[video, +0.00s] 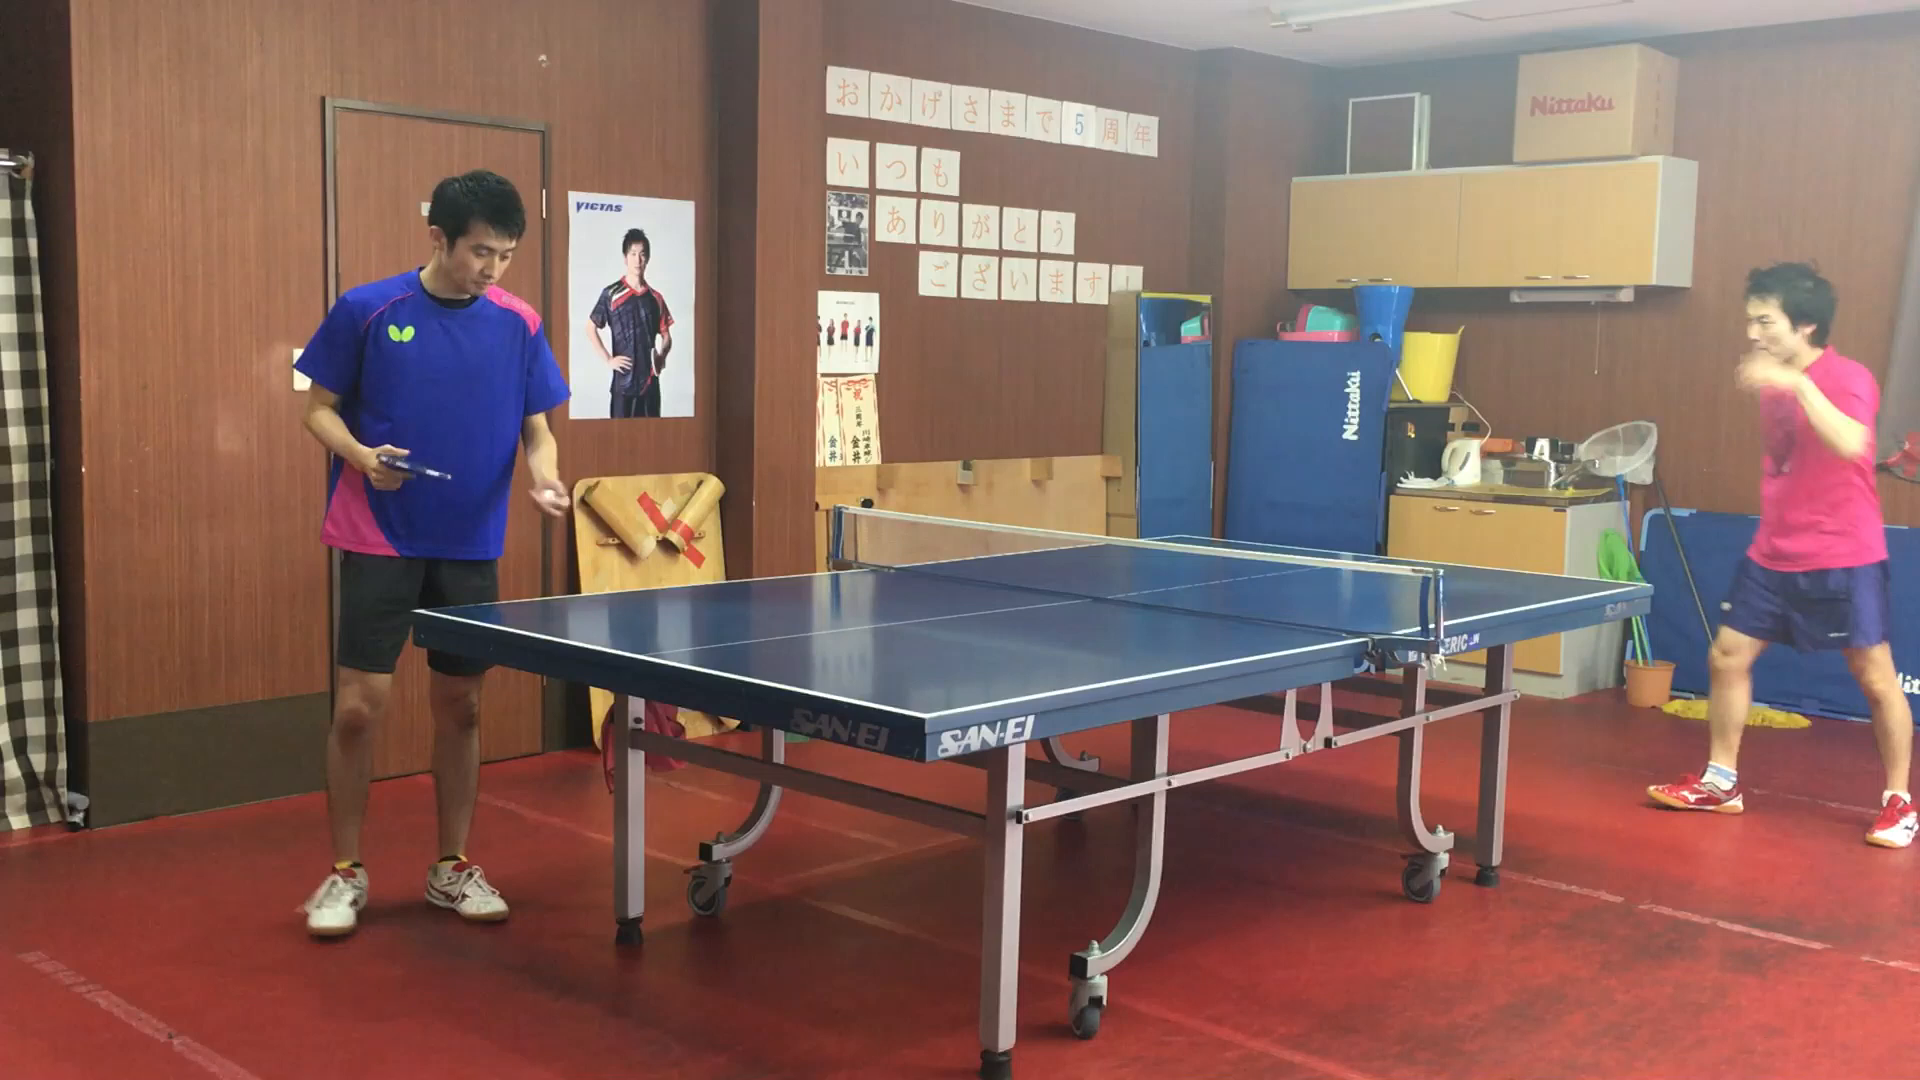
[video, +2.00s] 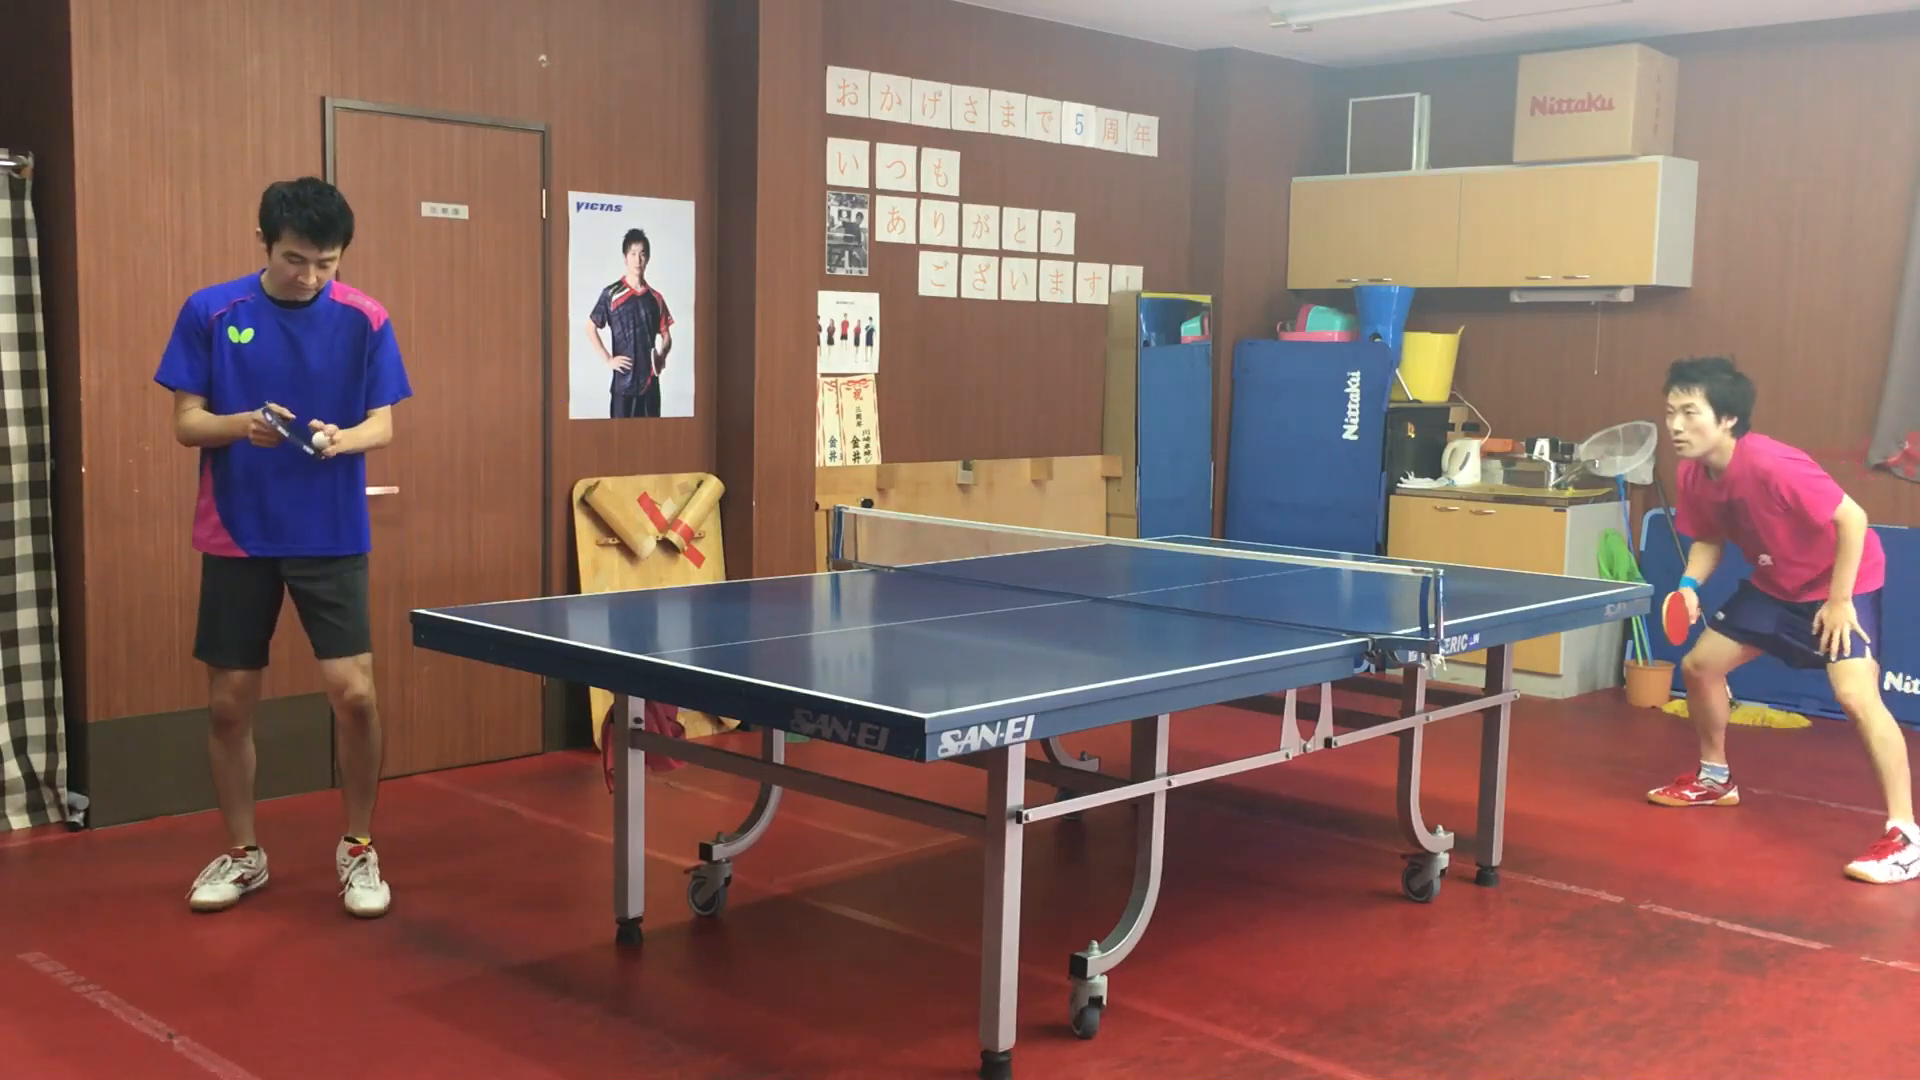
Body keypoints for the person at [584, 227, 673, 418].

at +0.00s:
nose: (639, 259)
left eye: (643, 254)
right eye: (633, 254)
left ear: (648, 258)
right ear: (625, 258)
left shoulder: (655, 297)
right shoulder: (611, 294)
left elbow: (666, 336)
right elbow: (591, 327)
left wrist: (662, 356)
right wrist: (608, 359)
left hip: (649, 378)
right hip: (624, 378)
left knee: (650, 436)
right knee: (622, 436)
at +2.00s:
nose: (638, 260)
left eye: (643, 254)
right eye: (633, 254)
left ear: (648, 258)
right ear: (625, 257)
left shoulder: (655, 297)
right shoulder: (611, 294)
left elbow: (666, 336)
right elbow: (591, 327)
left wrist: (662, 355)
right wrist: (608, 359)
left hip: (650, 378)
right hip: (624, 379)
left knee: (650, 436)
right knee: (622, 436)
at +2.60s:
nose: (639, 259)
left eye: (643, 254)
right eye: (633, 254)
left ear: (648, 258)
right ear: (625, 257)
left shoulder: (655, 297)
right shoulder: (611, 294)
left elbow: (666, 336)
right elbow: (591, 327)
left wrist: (662, 355)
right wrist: (608, 359)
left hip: (649, 378)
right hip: (624, 378)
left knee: (650, 435)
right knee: (622, 436)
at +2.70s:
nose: (638, 259)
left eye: (643, 254)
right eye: (633, 254)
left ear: (648, 258)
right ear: (625, 257)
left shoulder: (655, 297)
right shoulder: (611, 294)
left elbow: (666, 336)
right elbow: (591, 327)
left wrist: (662, 355)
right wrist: (608, 359)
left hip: (649, 378)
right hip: (624, 379)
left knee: (650, 436)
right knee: (622, 436)